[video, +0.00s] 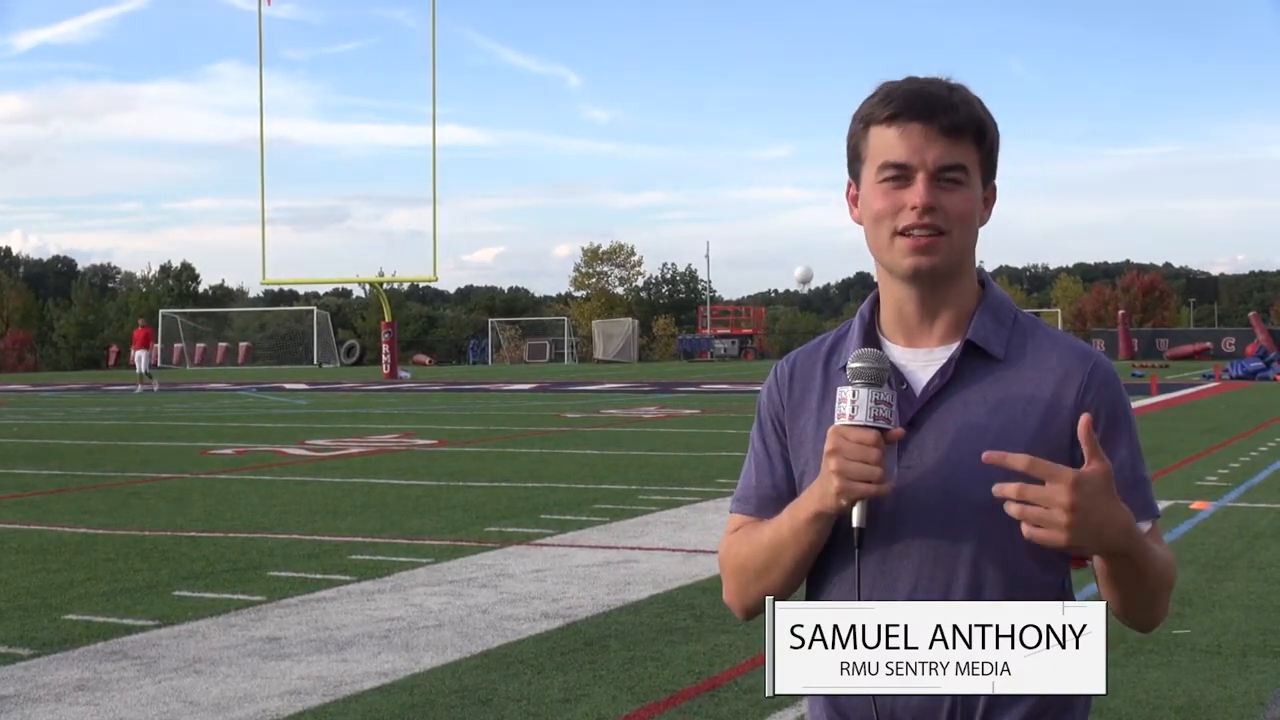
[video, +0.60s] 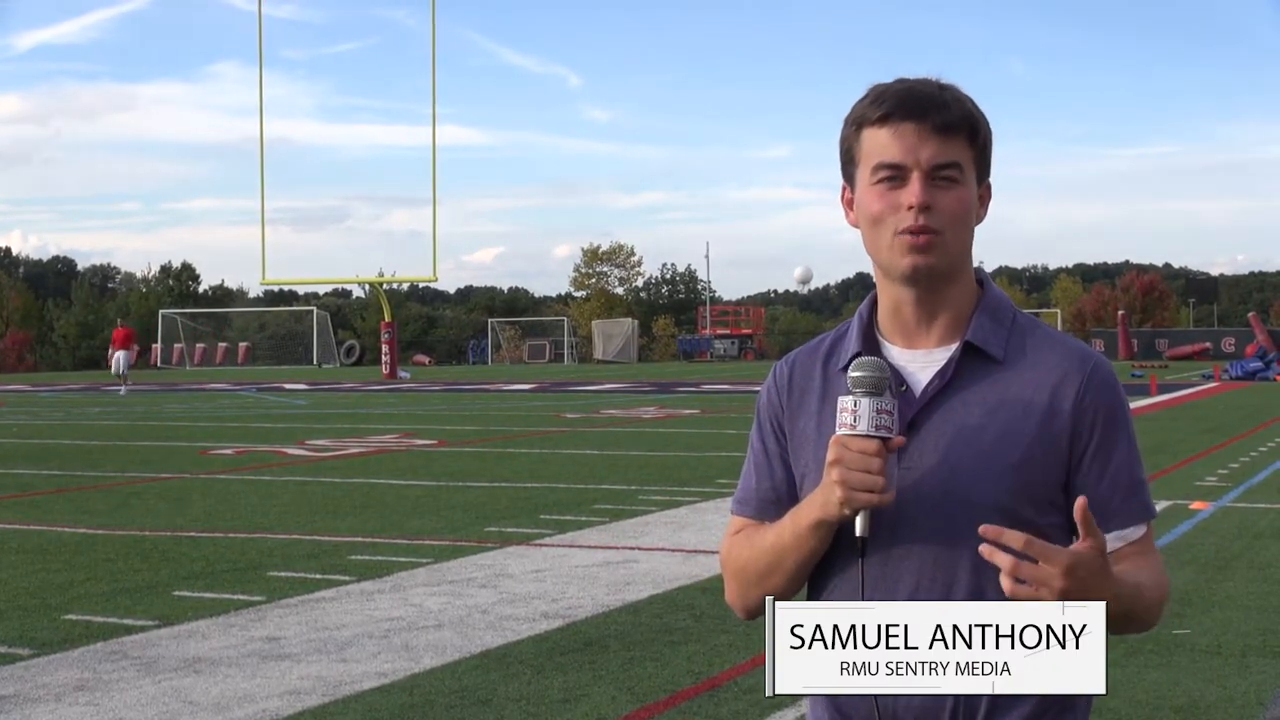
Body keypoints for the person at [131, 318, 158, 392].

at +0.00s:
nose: (141, 323)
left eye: (142, 322)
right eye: (140, 322)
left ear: (145, 323)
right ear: (138, 323)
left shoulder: (148, 330)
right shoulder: (135, 331)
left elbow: (151, 341)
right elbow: (133, 344)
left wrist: (150, 351)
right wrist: (132, 355)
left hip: (145, 351)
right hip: (137, 351)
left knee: (145, 370)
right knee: (138, 371)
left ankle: (154, 382)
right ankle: (140, 386)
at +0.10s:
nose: (138, 323)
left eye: (139, 321)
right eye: (136, 321)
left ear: (141, 323)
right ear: (134, 322)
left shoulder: (145, 330)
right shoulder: (132, 331)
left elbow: (150, 341)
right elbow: (129, 343)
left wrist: (151, 351)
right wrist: (127, 352)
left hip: (142, 350)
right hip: (134, 350)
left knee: (138, 368)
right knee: (137, 368)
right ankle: (142, 384)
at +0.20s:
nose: (133, 323)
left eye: (134, 321)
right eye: (132, 321)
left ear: (137, 322)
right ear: (130, 322)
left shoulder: (142, 331)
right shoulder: (128, 331)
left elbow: (146, 342)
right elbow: (125, 343)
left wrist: (148, 351)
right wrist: (122, 351)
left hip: (140, 350)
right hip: (132, 350)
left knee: (133, 368)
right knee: (135, 369)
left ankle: (139, 385)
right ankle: (136, 386)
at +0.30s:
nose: (129, 324)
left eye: (131, 322)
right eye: (128, 322)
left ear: (133, 323)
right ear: (127, 323)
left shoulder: (138, 332)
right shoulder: (125, 332)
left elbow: (143, 342)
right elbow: (121, 344)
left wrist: (145, 350)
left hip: (136, 351)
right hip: (128, 351)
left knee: (130, 369)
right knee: (135, 370)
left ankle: (127, 386)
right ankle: (140, 386)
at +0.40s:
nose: (126, 324)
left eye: (128, 322)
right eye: (125, 322)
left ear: (131, 323)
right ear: (124, 324)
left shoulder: (136, 331)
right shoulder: (121, 332)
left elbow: (140, 341)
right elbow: (118, 342)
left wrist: (143, 349)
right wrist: (116, 348)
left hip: (133, 351)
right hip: (125, 351)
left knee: (126, 370)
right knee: (132, 370)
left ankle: (125, 387)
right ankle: (138, 386)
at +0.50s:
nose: (124, 324)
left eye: (125, 322)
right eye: (122, 322)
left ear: (128, 323)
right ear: (121, 323)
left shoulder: (133, 332)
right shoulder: (118, 332)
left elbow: (137, 344)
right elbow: (115, 345)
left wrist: (138, 354)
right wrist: (112, 358)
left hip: (130, 352)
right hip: (122, 352)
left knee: (124, 371)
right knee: (122, 372)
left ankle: (124, 388)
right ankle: (134, 384)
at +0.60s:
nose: (120, 323)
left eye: (121, 322)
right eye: (118, 322)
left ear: (124, 322)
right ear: (117, 323)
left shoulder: (129, 331)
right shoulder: (115, 331)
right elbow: (112, 344)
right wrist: (109, 354)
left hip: (125, 351)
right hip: (116, 351)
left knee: (123, 371)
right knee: (114, 371)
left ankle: (124, 387)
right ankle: (124, 382)